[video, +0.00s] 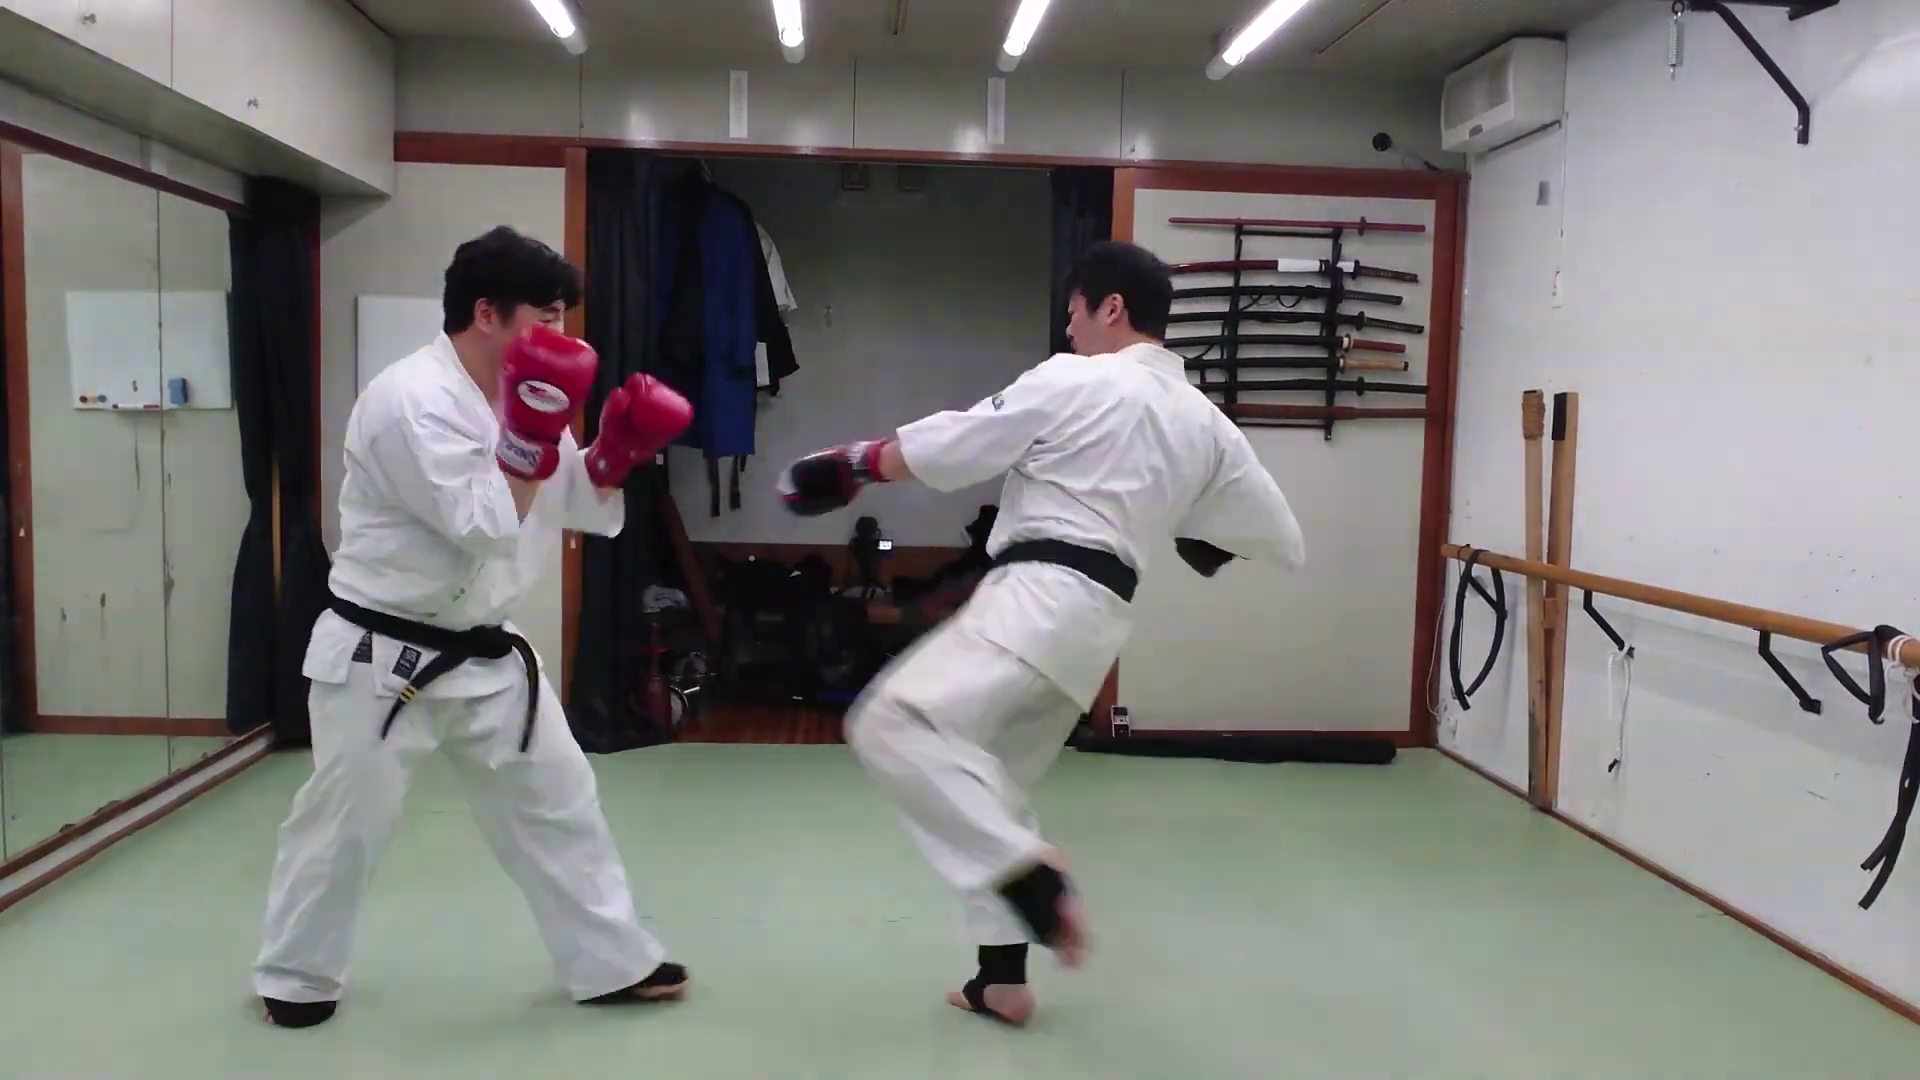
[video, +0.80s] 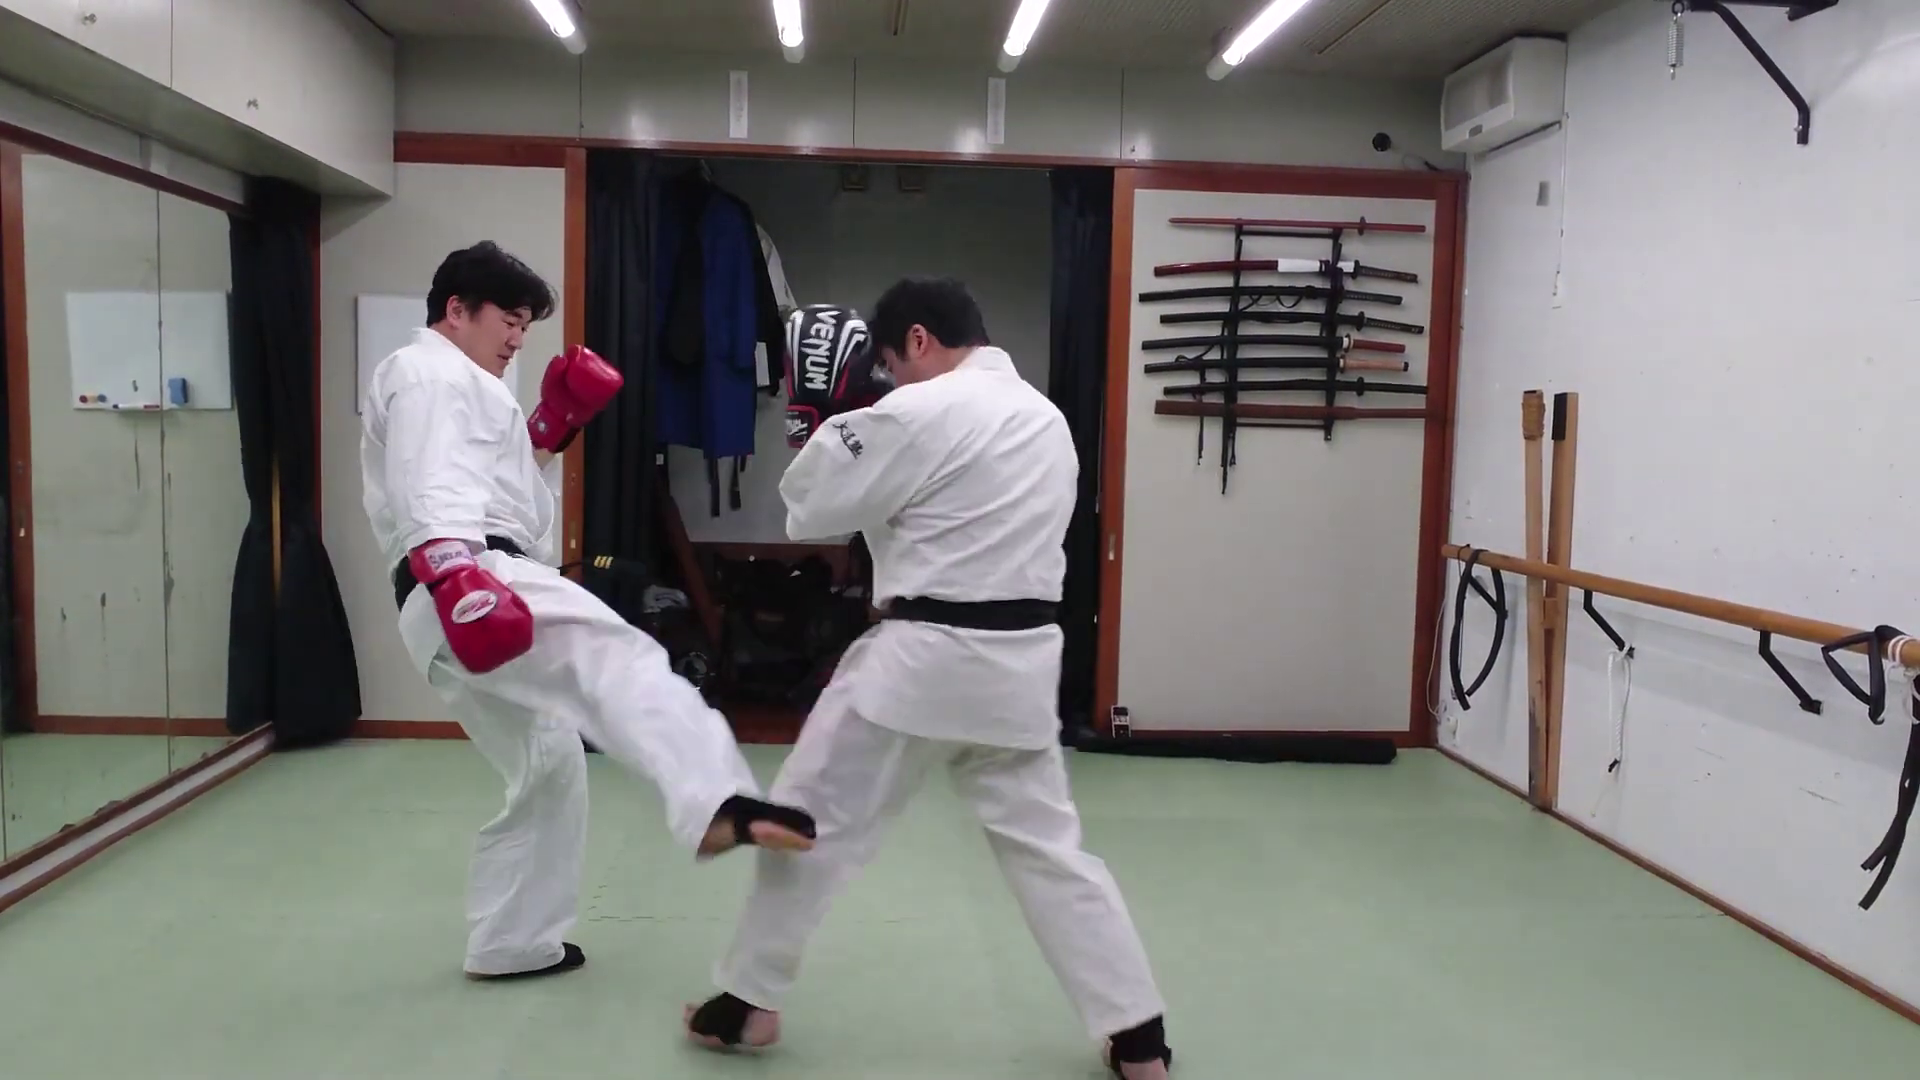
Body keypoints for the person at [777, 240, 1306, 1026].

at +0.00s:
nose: (1068, 330)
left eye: (1075, 313)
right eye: (1069, 314)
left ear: (1113, 309)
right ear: (1144, 316)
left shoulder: (1074, 379)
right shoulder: (1204, 420)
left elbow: (950, 449)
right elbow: (1276, 530)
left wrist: (854, 463)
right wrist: (1209, 539)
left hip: (1041, 590)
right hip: (1100, 618)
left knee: (889, 722)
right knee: (1003, 783)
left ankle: (1027, 874)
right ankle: (1001, 975)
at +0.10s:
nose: (1058, 349)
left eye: (1061, 332)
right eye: (1058, 334)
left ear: (1099, 324)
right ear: (1139, 331)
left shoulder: (1058, 391)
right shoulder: (1206, 453)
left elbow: (939, 436)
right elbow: (1248, 541)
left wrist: (817, 468)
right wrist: (1150, 507)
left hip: (975, 570)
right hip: (1044, 638)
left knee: (800, 563)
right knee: (977, 807)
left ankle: (706, 675)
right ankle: (947, 983)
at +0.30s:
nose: (1018, 352)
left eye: (1021, 335)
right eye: (1020, 339)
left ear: (1057, 322)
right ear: (1104, 337)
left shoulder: (1029, 377)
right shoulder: (1144, 476)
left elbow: (917, 414)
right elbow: (1084, 576)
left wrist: (799, 466)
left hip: (911, 574)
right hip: (987, 644)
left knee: (722, 565)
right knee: (945, 809)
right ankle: (940, 990)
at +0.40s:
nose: (982, 337)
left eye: (987, 321)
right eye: (984, 322)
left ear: (1023, 311)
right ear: (1065, 324)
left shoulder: (988, 370)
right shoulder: (1112, 451)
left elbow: (852, 442)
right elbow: (1058, 548)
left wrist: (734, 449)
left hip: (881, 587)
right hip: (976, 643)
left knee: (712, 680)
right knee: (947, 820)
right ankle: (943, 997)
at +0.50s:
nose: (939, 332)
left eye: (942, 317)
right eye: (939, 319)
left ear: (976, 307)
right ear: (1021, 318)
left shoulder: (927, 374)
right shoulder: (1077, 437)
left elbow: (804, 458)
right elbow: (1017, 535)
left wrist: (765, 414)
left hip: (857, 609)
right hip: (963, 645)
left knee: (759, 784)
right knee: (953, 827)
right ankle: (946, 996)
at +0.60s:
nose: (897, 363)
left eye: (900, 347)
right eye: (899, 349)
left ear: (928, 339)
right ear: (984, 350)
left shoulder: (879, 416)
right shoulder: (1034, 454)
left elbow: (747, 500)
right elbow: (1000, 554)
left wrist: (743, 442)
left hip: (846, 670)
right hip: (959, 687)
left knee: (771, 846)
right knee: (982, 843)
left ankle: (744, 1015)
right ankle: (1004, 1002)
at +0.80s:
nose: (892, 379)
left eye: (892, 364)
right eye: (889, 367)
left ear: (924, 342)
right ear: (975, 341)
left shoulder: (918, 414)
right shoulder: (1049, 418)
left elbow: (809, 502)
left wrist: (836, 420)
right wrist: (890, 417)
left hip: (915, 658)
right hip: (1024, 667)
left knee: (809, 820)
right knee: (1051, 851)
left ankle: (748, 1004)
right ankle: (1138, 1036)